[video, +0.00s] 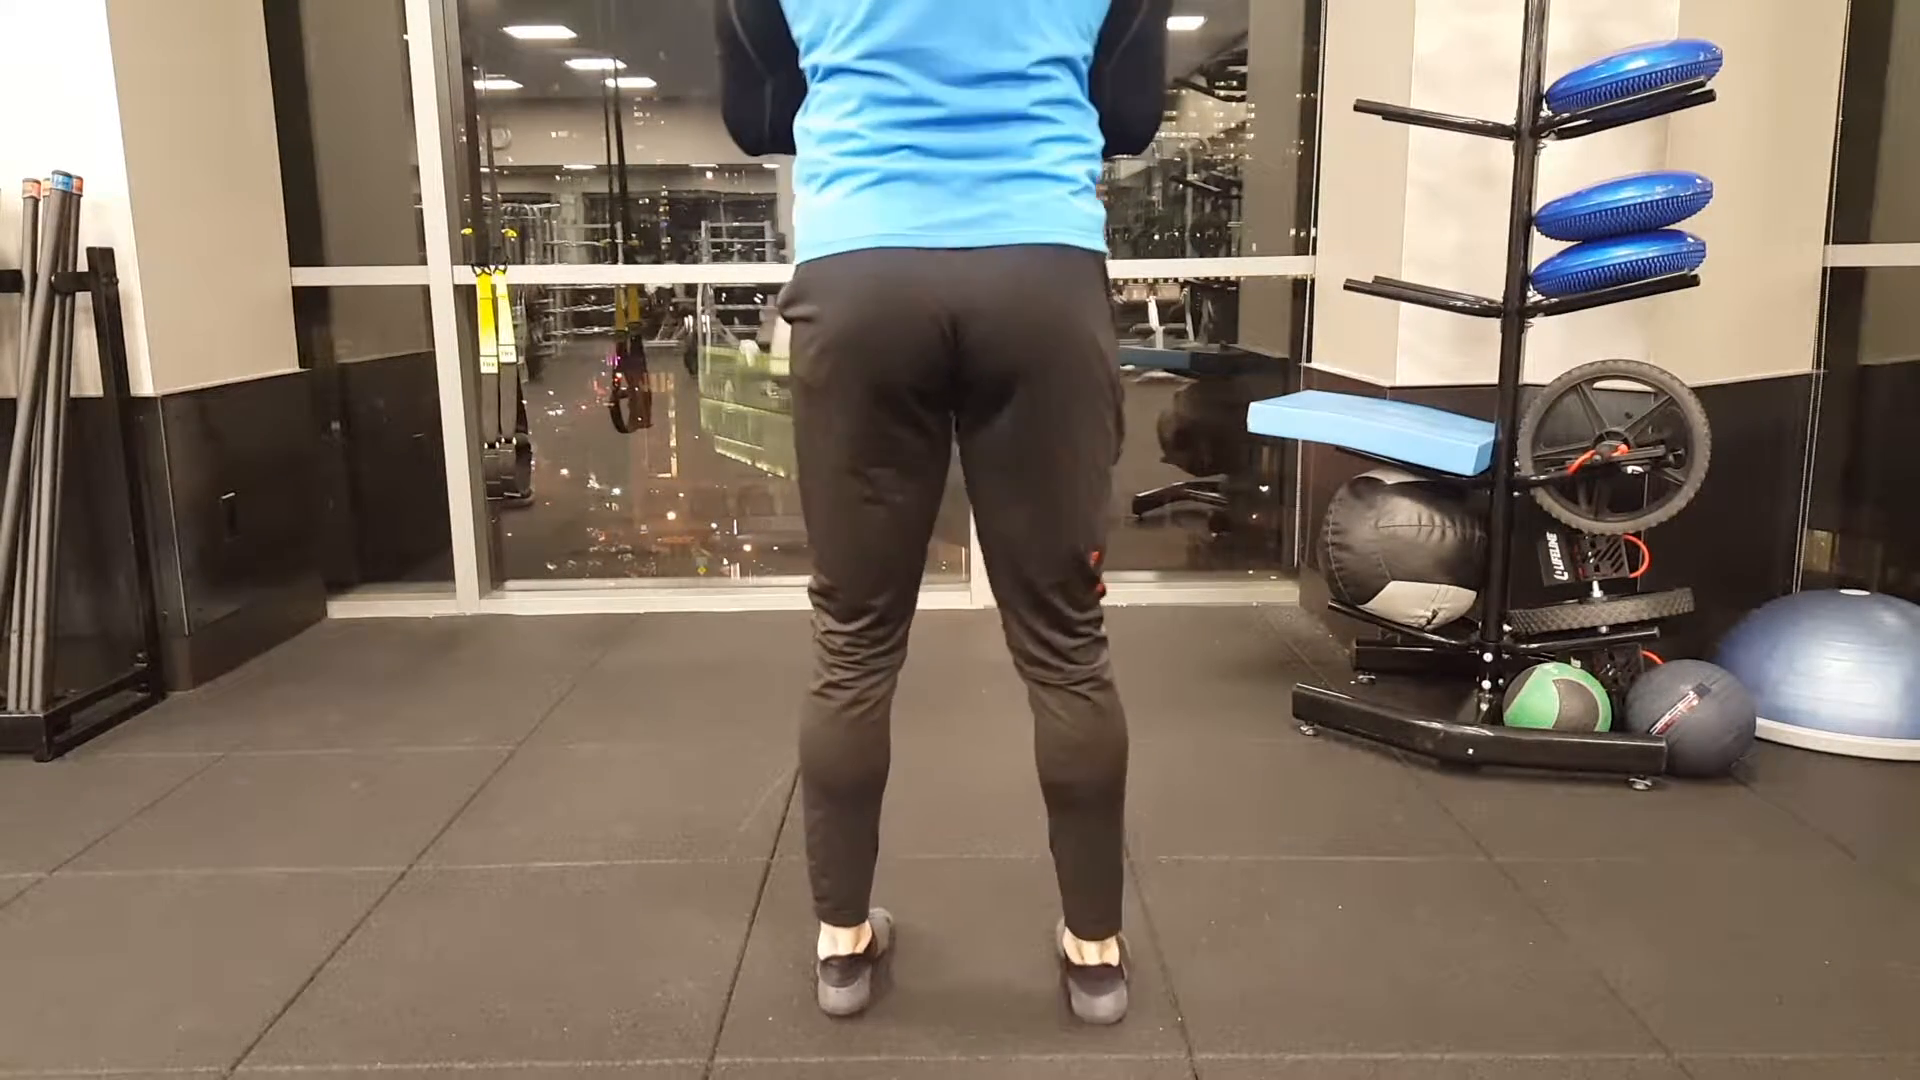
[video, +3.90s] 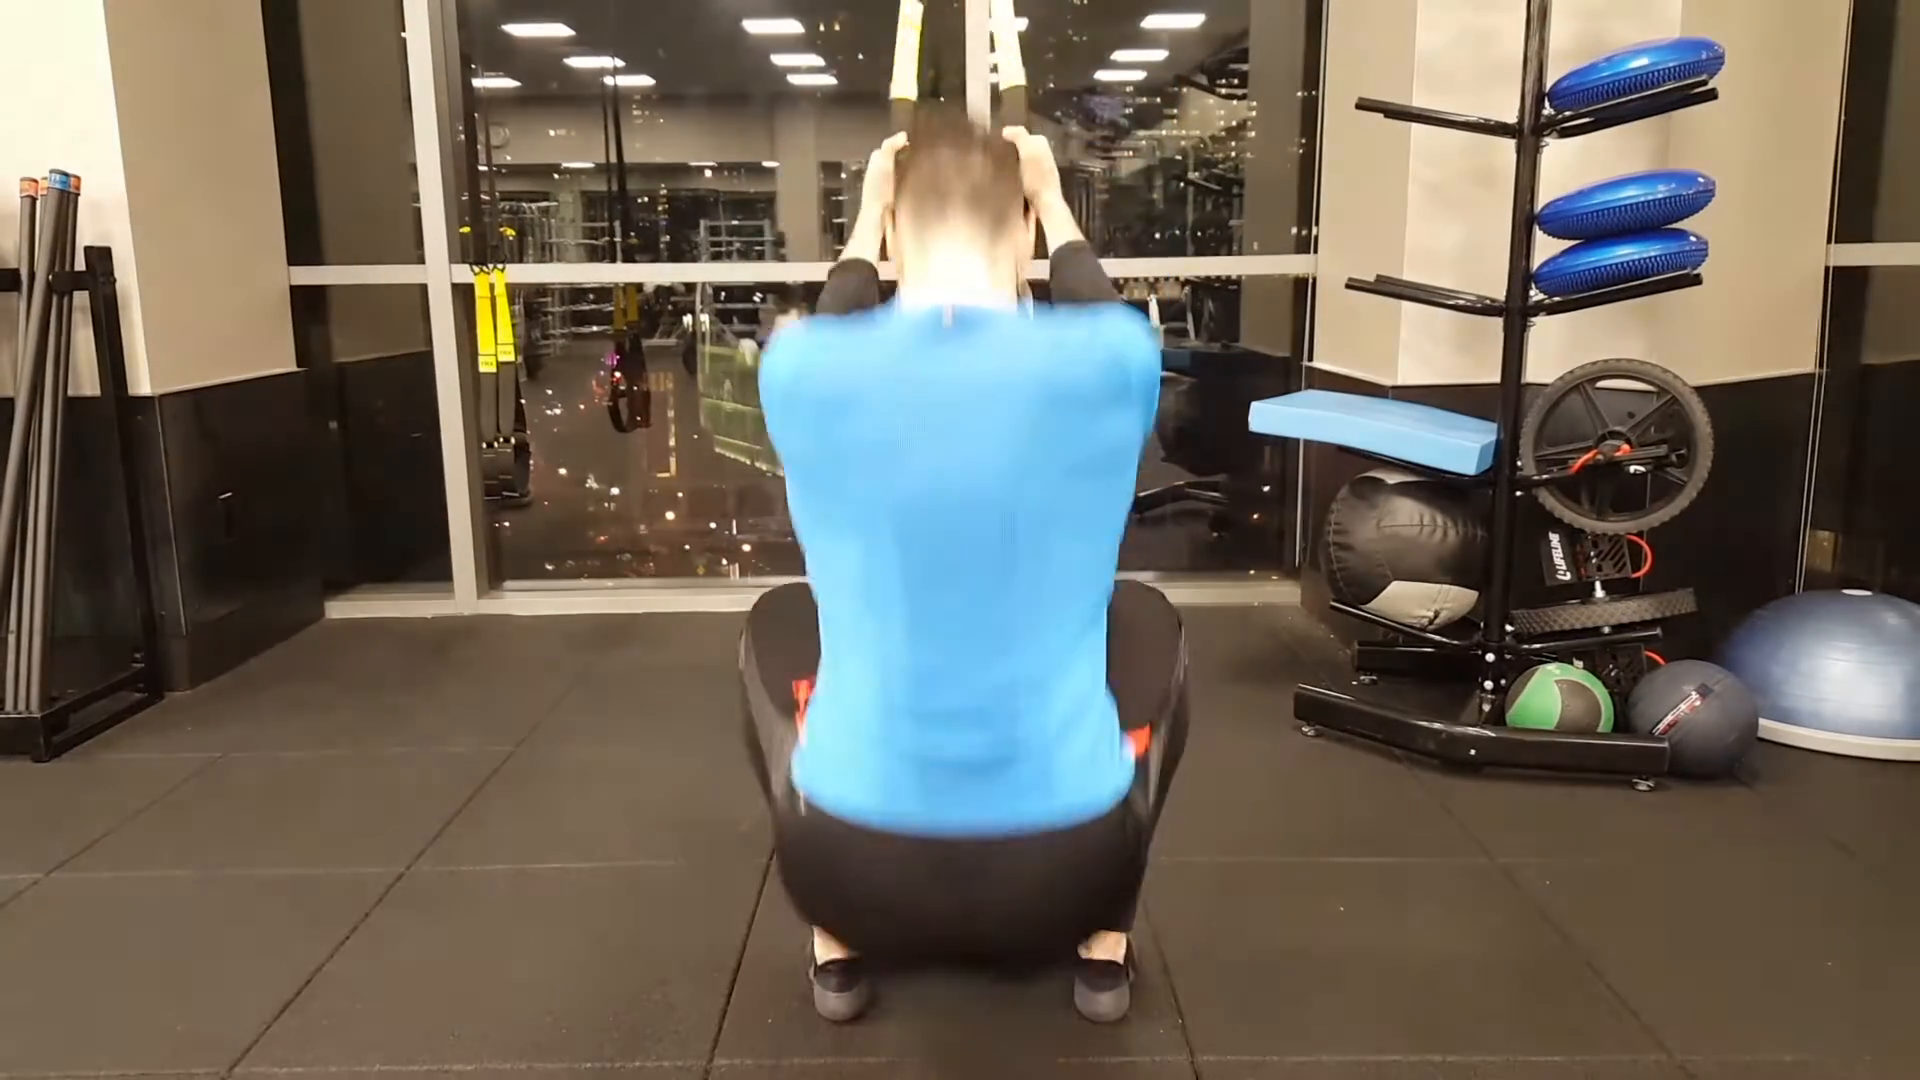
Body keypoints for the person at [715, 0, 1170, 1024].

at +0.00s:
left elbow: (757, 119)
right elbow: (1129, 121)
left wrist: (889, 98)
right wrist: (999, 98)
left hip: (859, 267)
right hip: (1043, 266)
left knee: (853, 638)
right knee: (1064, 636)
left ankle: (842, 949)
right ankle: (1096, 960)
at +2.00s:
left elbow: (751, 104)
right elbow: (1149, 97)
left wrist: (878, 86)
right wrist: (1021, 100)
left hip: (871, 266)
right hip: (1052, 267)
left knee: (861, 631)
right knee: (1066, 619)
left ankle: (845, 947)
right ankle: (1096, 945)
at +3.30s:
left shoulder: (764, 9)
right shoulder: (1129, 9)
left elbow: (783, 229)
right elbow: (1128, 225)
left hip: (847, 410)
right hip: (1070, 409)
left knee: (820, 665)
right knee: (1104, 663)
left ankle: (836, 953)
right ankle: (1106, 955)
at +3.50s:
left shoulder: (775, 83)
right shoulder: (1128, 68)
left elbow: (780, 289)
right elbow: (1118, 286)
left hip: (843, 560)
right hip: (1076, 560)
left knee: (798, 671)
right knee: (1122, 666)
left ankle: (835, 951)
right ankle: (1106, 953)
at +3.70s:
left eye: (909, 79)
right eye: (1010, 78)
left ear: (885, 87)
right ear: (1025, 85)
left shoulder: (784, 220)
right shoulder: (1127, 207)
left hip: (850, 724)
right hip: (1062, 726)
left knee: (774, 612)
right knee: (1148, 613)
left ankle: (833, 947)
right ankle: (1107, 951)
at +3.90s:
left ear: (893, 234)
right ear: (1026, 234)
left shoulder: (800, 375)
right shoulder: (1113, 366)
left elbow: (827, 330)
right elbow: (1107, 316)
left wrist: (867, 230)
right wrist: (1055, 213)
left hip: (867, 885)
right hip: (1055, 884)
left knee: (777, 611)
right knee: (1144, 607)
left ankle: (833, 939)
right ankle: (1109, 938)